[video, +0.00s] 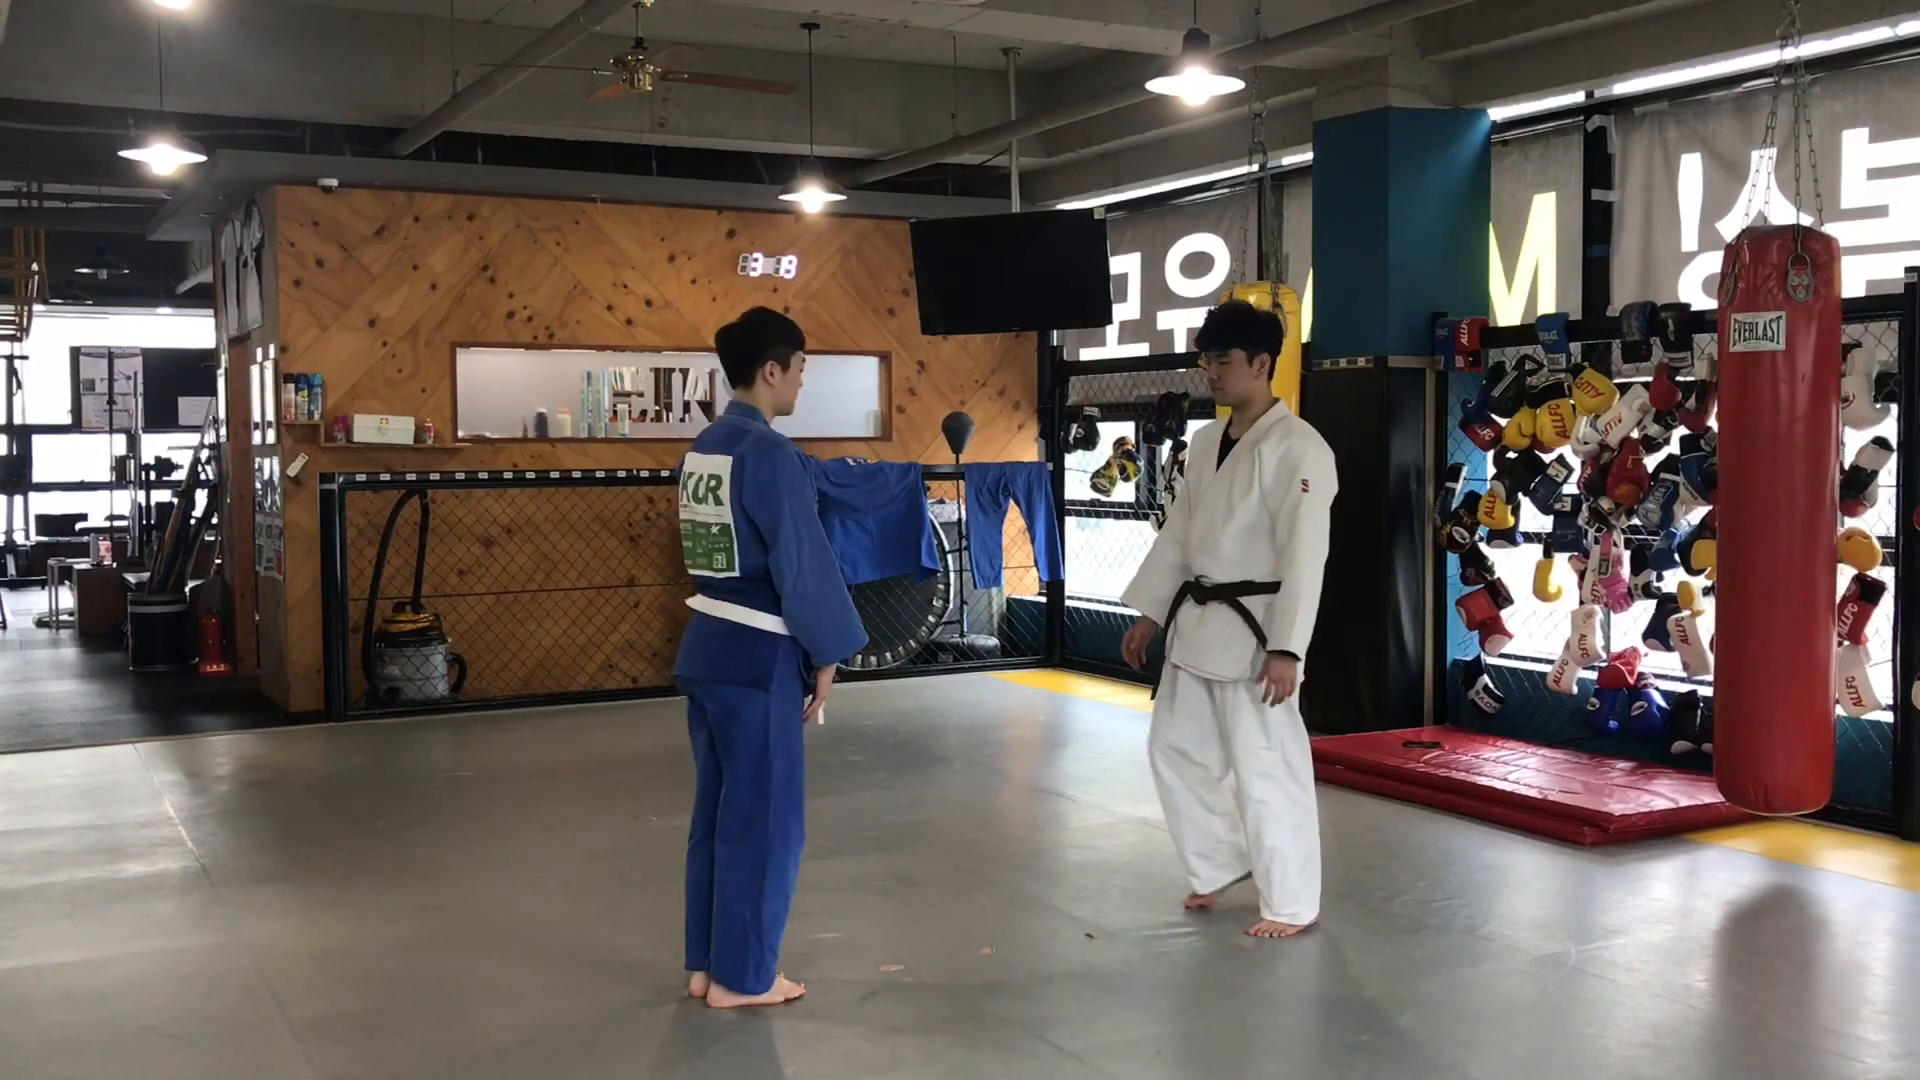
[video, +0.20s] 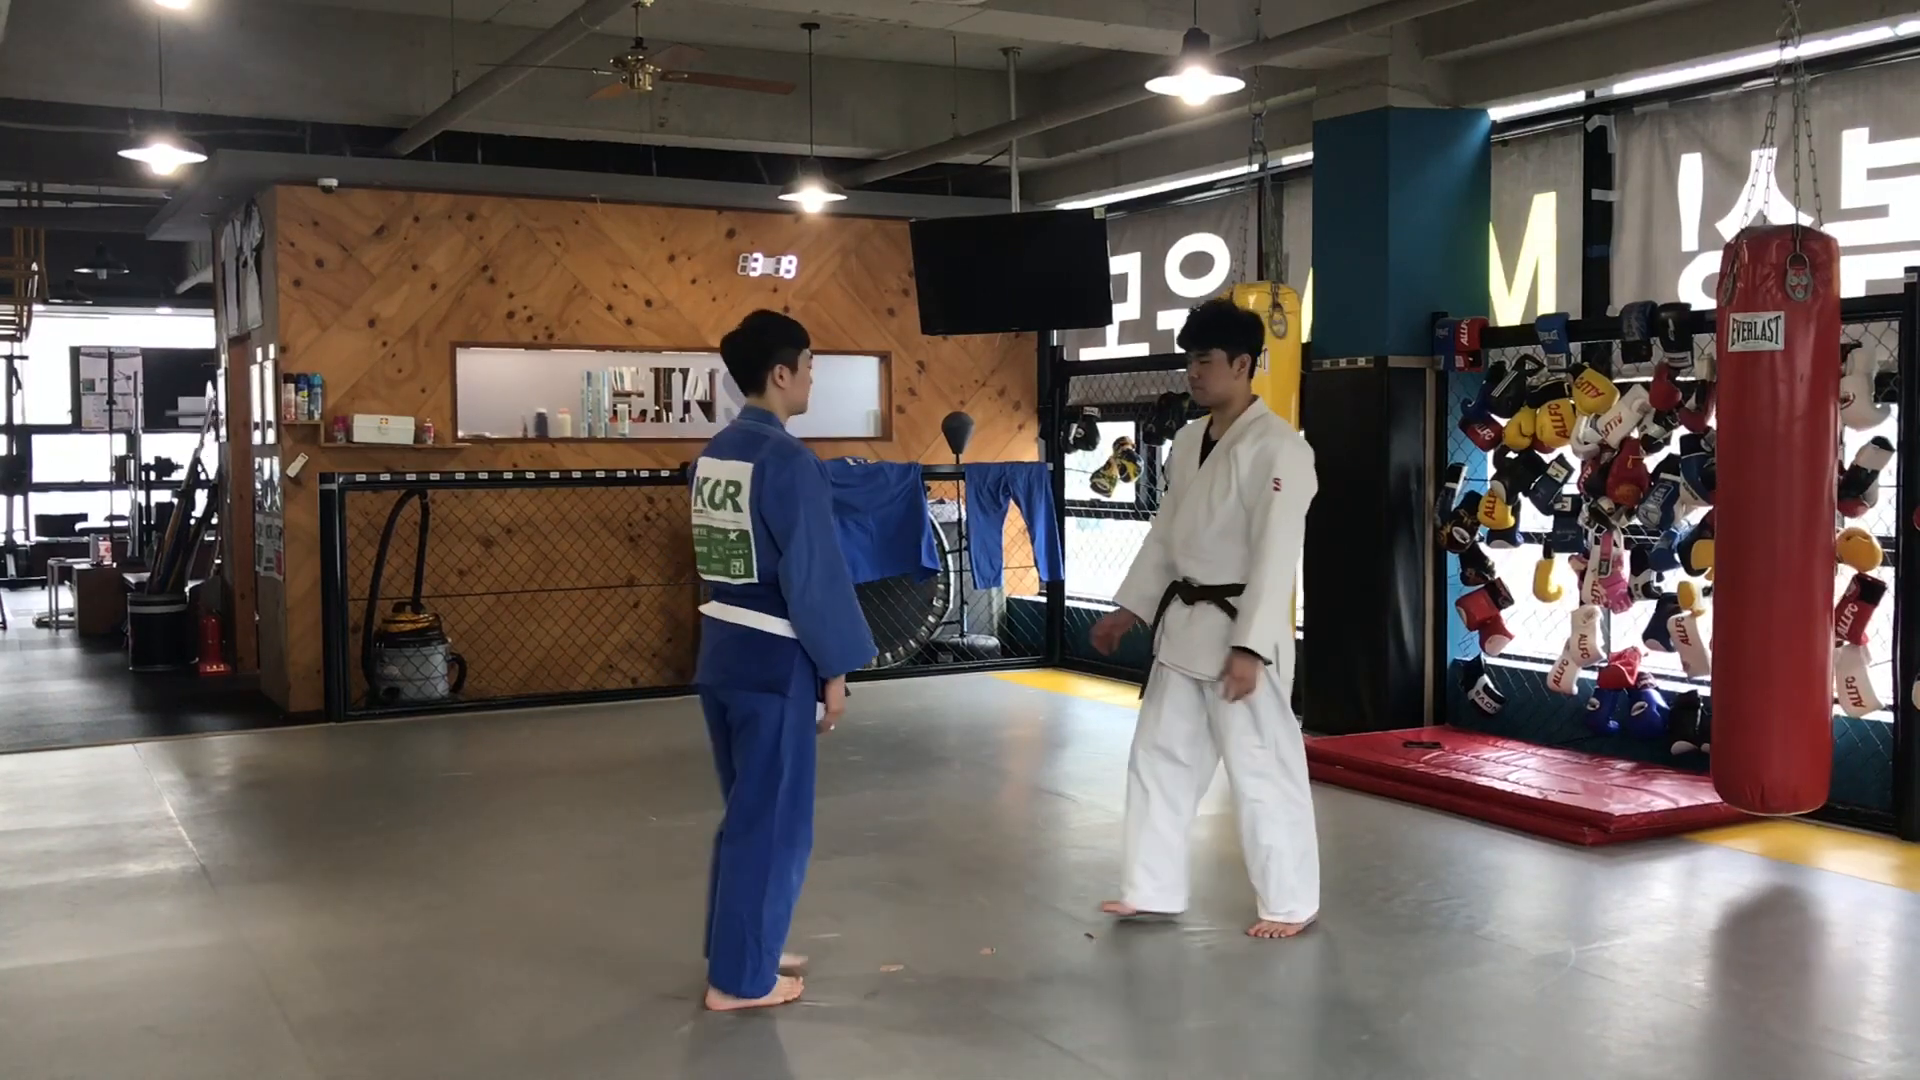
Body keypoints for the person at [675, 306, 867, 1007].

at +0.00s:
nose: (802, 382)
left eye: (801, 369)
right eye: (799, 369)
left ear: (740, 372)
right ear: (773, 370)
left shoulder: (707, 448)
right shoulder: (771, 454)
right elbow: (802, 566)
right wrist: (826, 655)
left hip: (707, 657)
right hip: (758, 664)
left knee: (717, 815)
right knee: (765, 821)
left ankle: (705, 967)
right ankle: (743, 976)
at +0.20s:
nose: (812, 381)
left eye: (809, 368)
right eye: (808, 368)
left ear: (750, 376)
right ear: (783, 373)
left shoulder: (719, 453)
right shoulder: (787, 460)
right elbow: (812, 574)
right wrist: (835, 667)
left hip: (722, 664)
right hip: (773, 671)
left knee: (747, 814)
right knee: (772, 823)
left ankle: (738, 953)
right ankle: (740, 980)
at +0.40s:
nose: (840, 383)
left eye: (838, 371)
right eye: (834, 372)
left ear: (782, 379)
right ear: (809, 377)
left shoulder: (748, 456)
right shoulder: (820, 465)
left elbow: (762, 560)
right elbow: (848, 578)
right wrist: (879, 667)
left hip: (752, 658)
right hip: (801, 666)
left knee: (824, 796)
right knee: (784, 814)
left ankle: (866, 922)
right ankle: (740, 978)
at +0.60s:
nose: (866, 385)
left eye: (864, 374)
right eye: (862, 375)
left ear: (811, 382)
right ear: (840, 380)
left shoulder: (793, 457)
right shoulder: (845, 467)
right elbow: (908, 569)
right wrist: (984, 582)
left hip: (812, 651)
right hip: (845, 661)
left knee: (863, 802)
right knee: (830, 807)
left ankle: (885, 936)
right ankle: (753, 963)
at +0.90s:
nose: (920, 376)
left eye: (917, 364)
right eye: (913, 365)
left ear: (859, 374)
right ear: (886, 371)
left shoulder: (843, 449)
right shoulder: (903, 451)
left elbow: (950, 531)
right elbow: (991, 485)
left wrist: (1017, 506)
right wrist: (1089, 457)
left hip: (839, 645)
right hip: (891, 648)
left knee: (864, 794)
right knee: (926, 792)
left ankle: (876, 936)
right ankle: (908, 949)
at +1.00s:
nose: (933, 375)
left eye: (928, 362)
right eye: (927, 363)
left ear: (874, 374)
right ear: (903, 370)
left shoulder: (857, 443)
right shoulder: (920, 447)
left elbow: (953, 520)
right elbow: (1016, 470)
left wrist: (1016, 505)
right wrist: (1128, 457)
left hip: (849, 645)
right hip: (900, 648)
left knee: (867, 797)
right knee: (932, 792)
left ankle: (886, 937)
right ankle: (945, 949)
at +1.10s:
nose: (944, 374)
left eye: (940, 362)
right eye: (938, 364)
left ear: (882, 373)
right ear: (913, 371)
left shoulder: (864, 441)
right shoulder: (935, 447)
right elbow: (1028, 473)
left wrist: (1026, 500)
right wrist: (1135, 470)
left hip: (857, 647)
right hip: (910, 652)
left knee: (873, 799)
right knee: (937, 800)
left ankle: (888, 936)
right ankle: (943, 953)